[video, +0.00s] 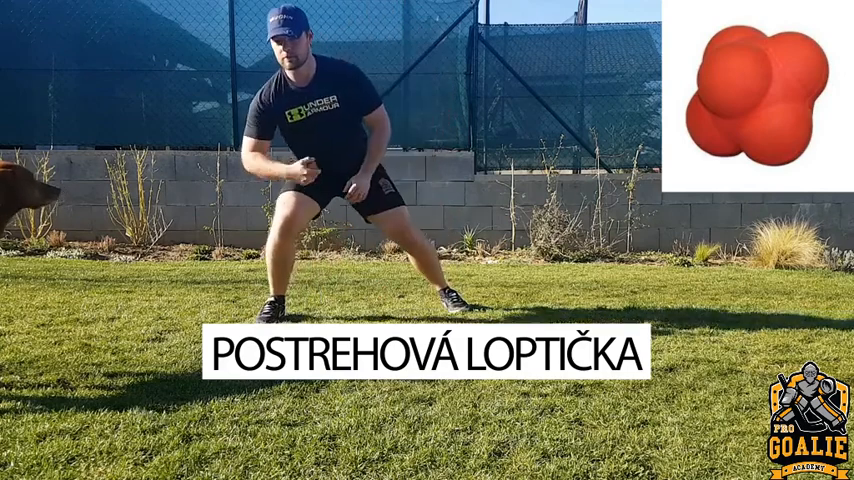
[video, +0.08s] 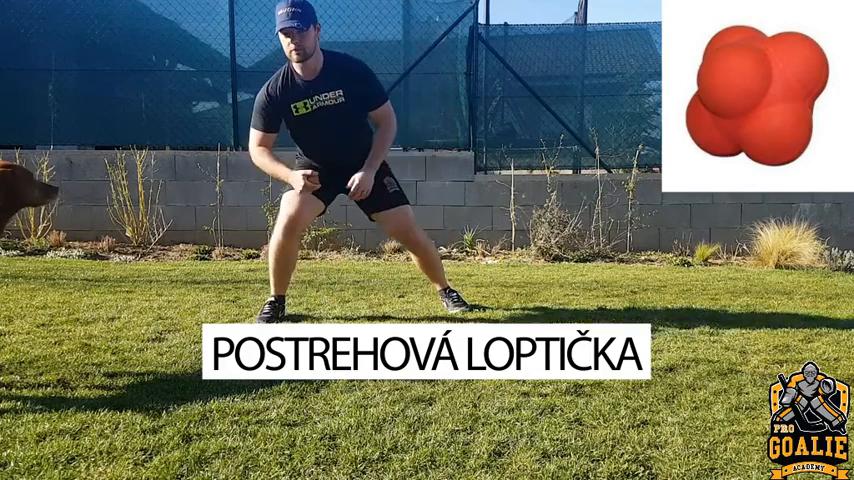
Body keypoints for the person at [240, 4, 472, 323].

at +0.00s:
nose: (285, 48)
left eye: (292, 38)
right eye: (278, 41)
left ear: (309, 37)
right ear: (271, 45)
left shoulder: (345, 75)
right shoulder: (267, 99)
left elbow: (380, 125)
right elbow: (251, 158)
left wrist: (365, 172)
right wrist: (288, 171)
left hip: (361, 168)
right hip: (312, 175)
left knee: (406, 235)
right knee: (283, 223)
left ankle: (446, 291)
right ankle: (276, 301)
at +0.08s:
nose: (293, 41)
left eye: (299, 32)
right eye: (286, 34)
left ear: (316, 31)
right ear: (279, 38)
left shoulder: (352, 70)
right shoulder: (273, 93)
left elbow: (387, 121)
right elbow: (258, 149)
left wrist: (369, 169)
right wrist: (290, 175)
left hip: (365, 165)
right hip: (316, 172)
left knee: (409, 234)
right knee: (288, 219)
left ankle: (446, 291)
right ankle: (276, 301)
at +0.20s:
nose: (323, 24)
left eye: (330, 15)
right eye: (316, 18)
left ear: (345, 17)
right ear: (309, 24)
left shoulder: (377, 61)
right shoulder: (297, 77)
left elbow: (407, 114)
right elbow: (282, 131)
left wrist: (385, 158)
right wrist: (302, 164)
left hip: (382, 157)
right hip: (332, 163)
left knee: (420, 230)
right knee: (301, 221)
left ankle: (448, 291)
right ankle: (277, 300)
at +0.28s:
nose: (341, 15)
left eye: (348, 7)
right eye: (334, 9)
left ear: (362, 11)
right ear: (327, 17)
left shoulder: (392, 56)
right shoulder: (315, 69)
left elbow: (420, 112)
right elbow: (296, 122)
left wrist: (395, 152)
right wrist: (313, 155)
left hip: (393, 157)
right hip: (344, 162)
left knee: (426, 227)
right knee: (312, 219)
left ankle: (449, 291)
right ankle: (279, 299)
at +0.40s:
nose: (372, 7)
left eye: (379, 1)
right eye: (365, 2)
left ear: (392, 4)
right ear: (358, 7)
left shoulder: (422, 49)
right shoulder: (344, 57)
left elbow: (446, 104)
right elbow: (325, 111)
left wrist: (421, 139)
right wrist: (338, 136)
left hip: (416, 151)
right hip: (366, 151)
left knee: (438, 228)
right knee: (326, 219)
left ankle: (451, 290)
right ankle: (288, 295)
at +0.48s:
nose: (382, 7)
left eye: (389, 1)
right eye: (376, 2)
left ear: (402, 3)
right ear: (368, 6)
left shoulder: (430, 46)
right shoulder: (353, 51)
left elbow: (457, 98)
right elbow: (336, 106)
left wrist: (432, 133)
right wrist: (348, 130)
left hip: (421, 150)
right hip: (373, 150)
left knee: (440, 228)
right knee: (333, 216)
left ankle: (452, 291)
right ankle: (303, 292)